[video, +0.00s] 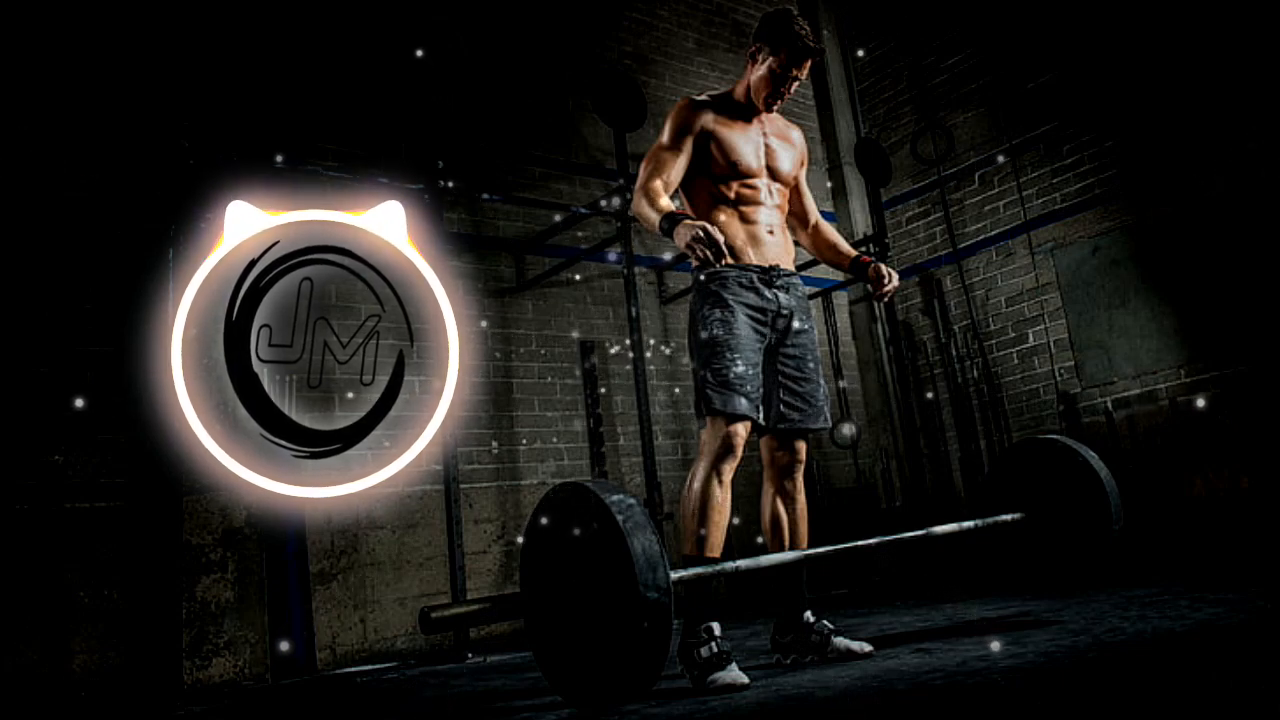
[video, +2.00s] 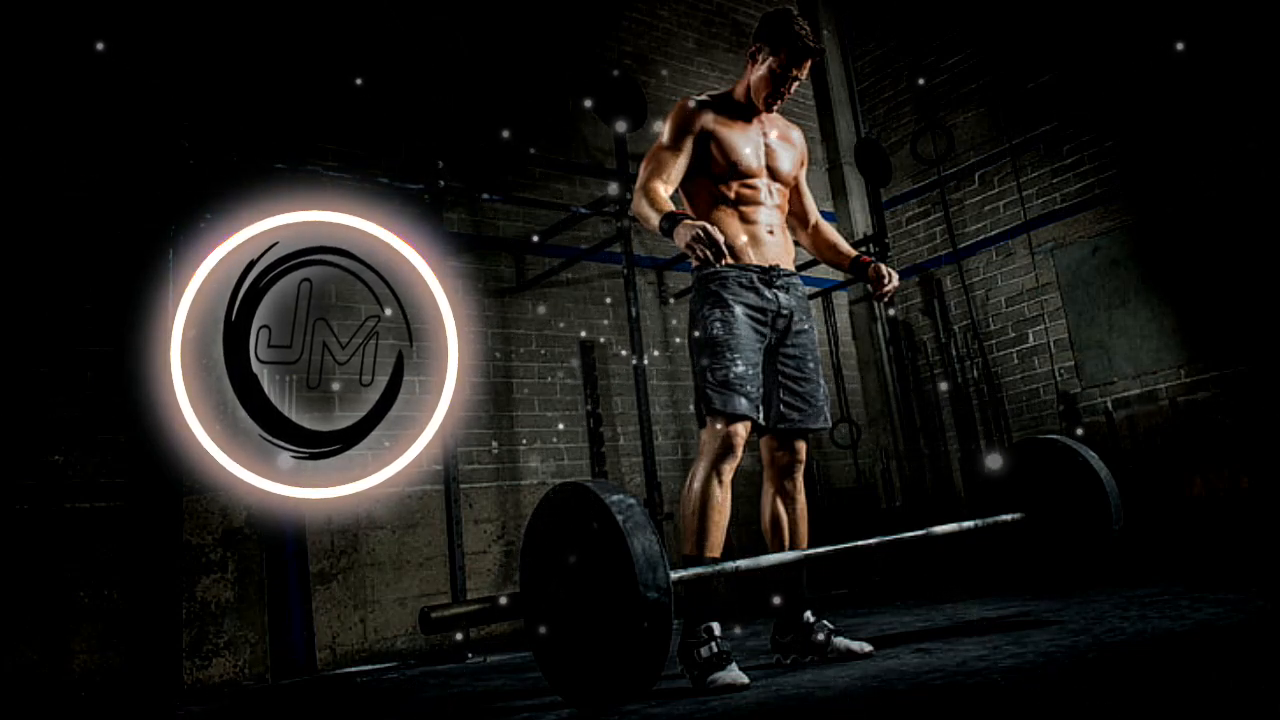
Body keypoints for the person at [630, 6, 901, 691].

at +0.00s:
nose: (789, 89)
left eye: (799, 79)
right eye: (787, 73)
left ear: (801, 76)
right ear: (756, 57)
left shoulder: (792, 137)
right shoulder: (698, 115)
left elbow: (808, 224)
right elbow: (646, 197)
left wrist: (860, 264)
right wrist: (675, 226)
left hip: (790, 297)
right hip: (730, 293)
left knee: (790, 455)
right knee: (730, 438)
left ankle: (797, 624)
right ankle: (699, 634)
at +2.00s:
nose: (788, 90)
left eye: (798, 80)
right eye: (785, 75)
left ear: (800, 77)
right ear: (756, 58)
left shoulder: (792, 136)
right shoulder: (697, 117)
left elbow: (808, 224)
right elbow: (645, 197)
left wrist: (861, 265)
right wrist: (676, 225)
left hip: (790, 297)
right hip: (730, 292)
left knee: (790, 455)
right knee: (729, 437)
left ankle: (796, 623)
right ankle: (698, 634)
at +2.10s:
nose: (787, 91)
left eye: (797, 81)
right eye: (785, 75)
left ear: (800, 77)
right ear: (756, 58)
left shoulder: (792, 136)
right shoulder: (698, 116)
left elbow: (809, 224)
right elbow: (645, 197)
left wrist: (860, 265)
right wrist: (675, 225)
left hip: (790, 297)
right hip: (730, 293)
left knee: (790, 455)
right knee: (729, 437)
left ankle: (795, 623)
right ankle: (699, 633)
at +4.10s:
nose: (793, 87)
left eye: (801, 77)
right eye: (789, 72)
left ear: (801, 75)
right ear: (758, 58)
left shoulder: (792, 137)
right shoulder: (697, 116)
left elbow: (809, 225)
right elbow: (645, 198)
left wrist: (860, 264)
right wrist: (677, 226)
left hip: (790, 297)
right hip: (730, 293)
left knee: (790, 455)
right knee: (729, 438)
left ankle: (798, 624)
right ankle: (699, 634)